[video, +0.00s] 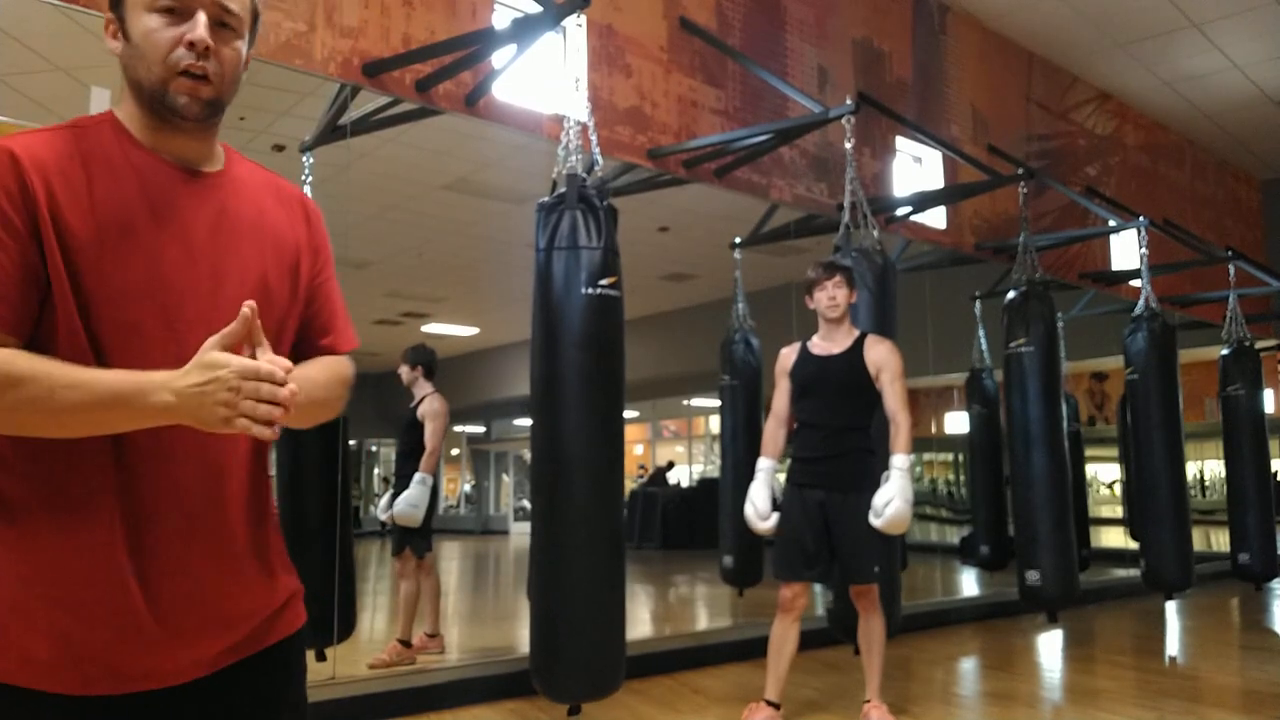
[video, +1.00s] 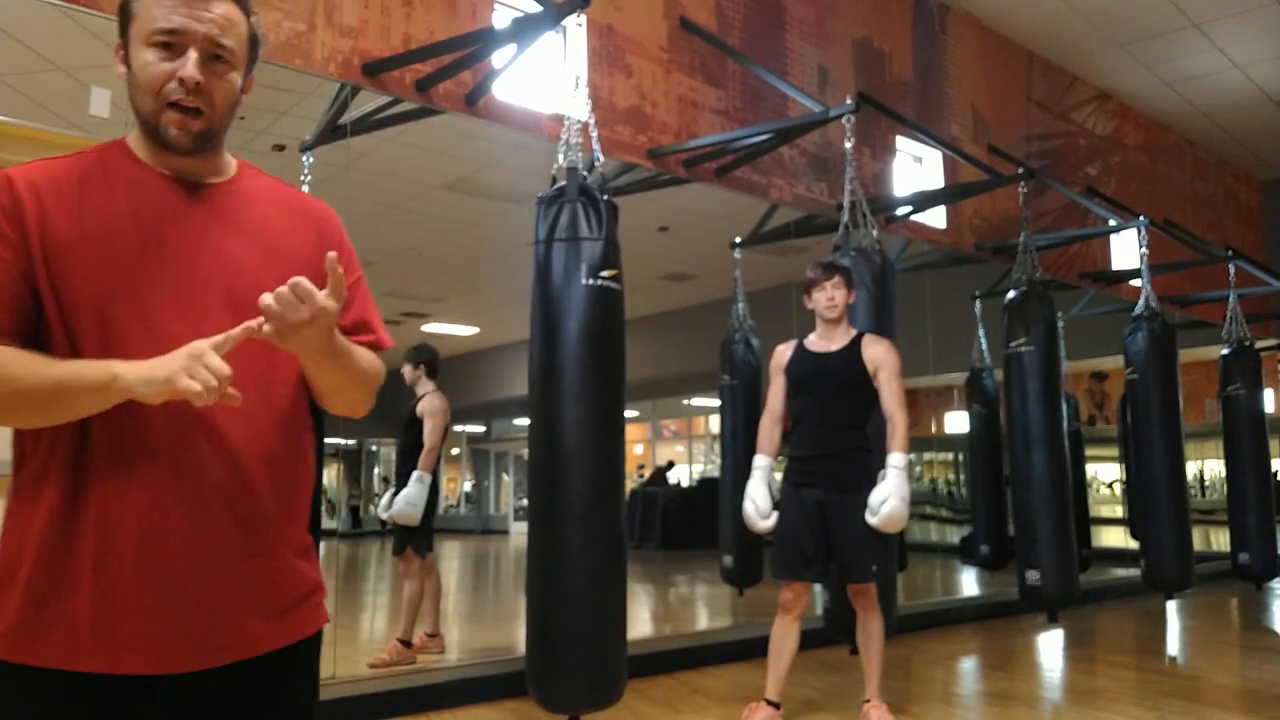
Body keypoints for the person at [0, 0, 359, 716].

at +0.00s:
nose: (200, 36)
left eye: (225, 24)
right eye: (172, 11)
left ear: (246, 59)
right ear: (115, 30)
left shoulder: (291, 212)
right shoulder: (26, 173)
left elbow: (335, 367)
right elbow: (4, 374)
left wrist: (277, 393)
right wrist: (172, 395)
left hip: (246, 643)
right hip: (55, 657)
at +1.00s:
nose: (190, 73)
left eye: (218, 56)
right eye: (167, 46)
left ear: (246, 83)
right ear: (122, 58)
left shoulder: (309, 224)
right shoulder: (27, 199)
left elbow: (361, 397)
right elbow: (0, 374)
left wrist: (318, 343)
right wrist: (131, 377)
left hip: (259, 642)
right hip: (61, 640)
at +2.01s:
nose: (197, 103)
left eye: (224, 85)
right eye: (176, 73)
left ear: (250, 106)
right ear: (131, 77)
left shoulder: (292, 243)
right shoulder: (30, 208)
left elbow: (339, 410)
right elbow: (2, 380)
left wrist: (316, 374)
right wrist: (143, 404)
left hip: (235, 648)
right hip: (50, 651)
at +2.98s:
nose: (284, 108)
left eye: (312, 93)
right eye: (267, 77)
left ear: (335, 117)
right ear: (221, 80)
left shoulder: (367, 252)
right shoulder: (111, 209)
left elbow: (407, 412)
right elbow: (35, 383)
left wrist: (325, 351)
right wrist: (189, 397)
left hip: (290, 645)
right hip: (109, 637)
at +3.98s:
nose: (119, 58)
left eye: (147, 38)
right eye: (93, 33)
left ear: (186, 63)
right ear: (56, 53)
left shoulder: (278, 211)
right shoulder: (7, 206)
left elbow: (360, 368)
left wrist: (291, 341)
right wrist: (28, 343)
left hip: (256, 639)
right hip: (48, 651)